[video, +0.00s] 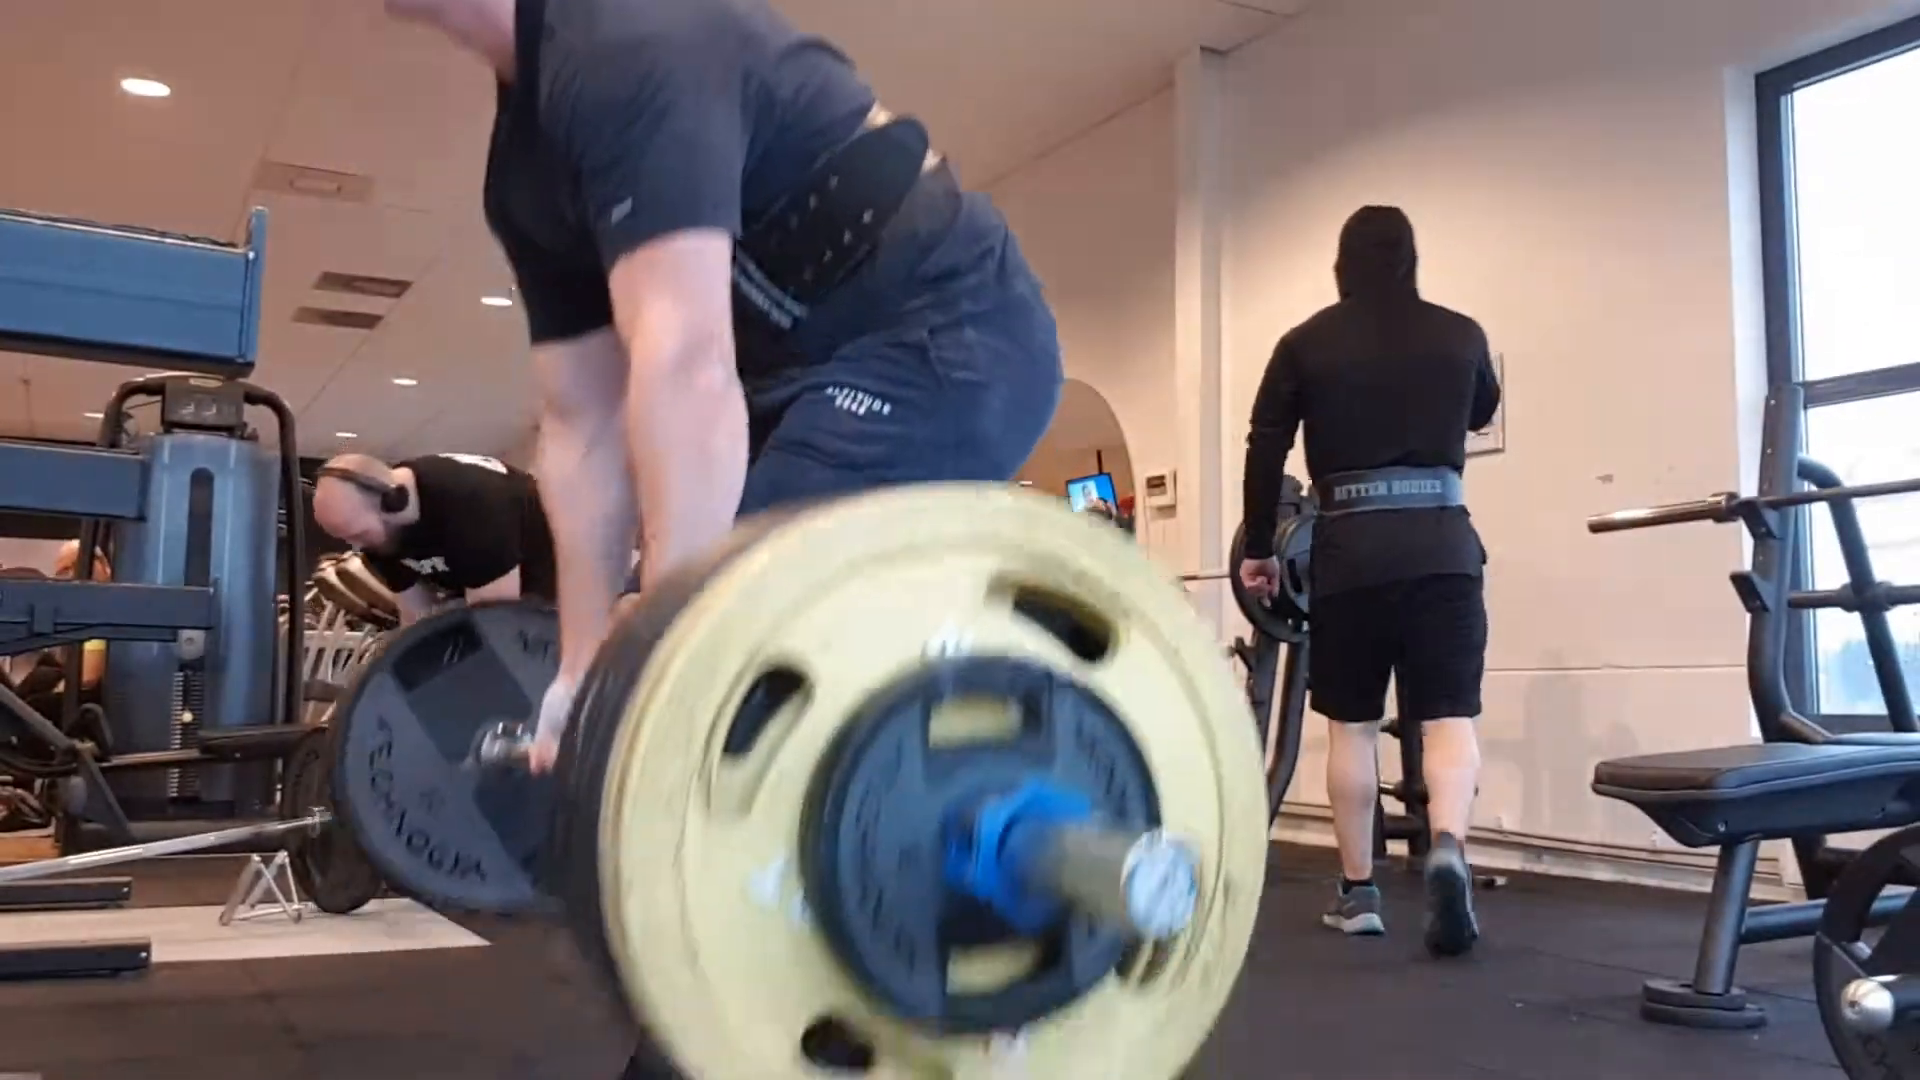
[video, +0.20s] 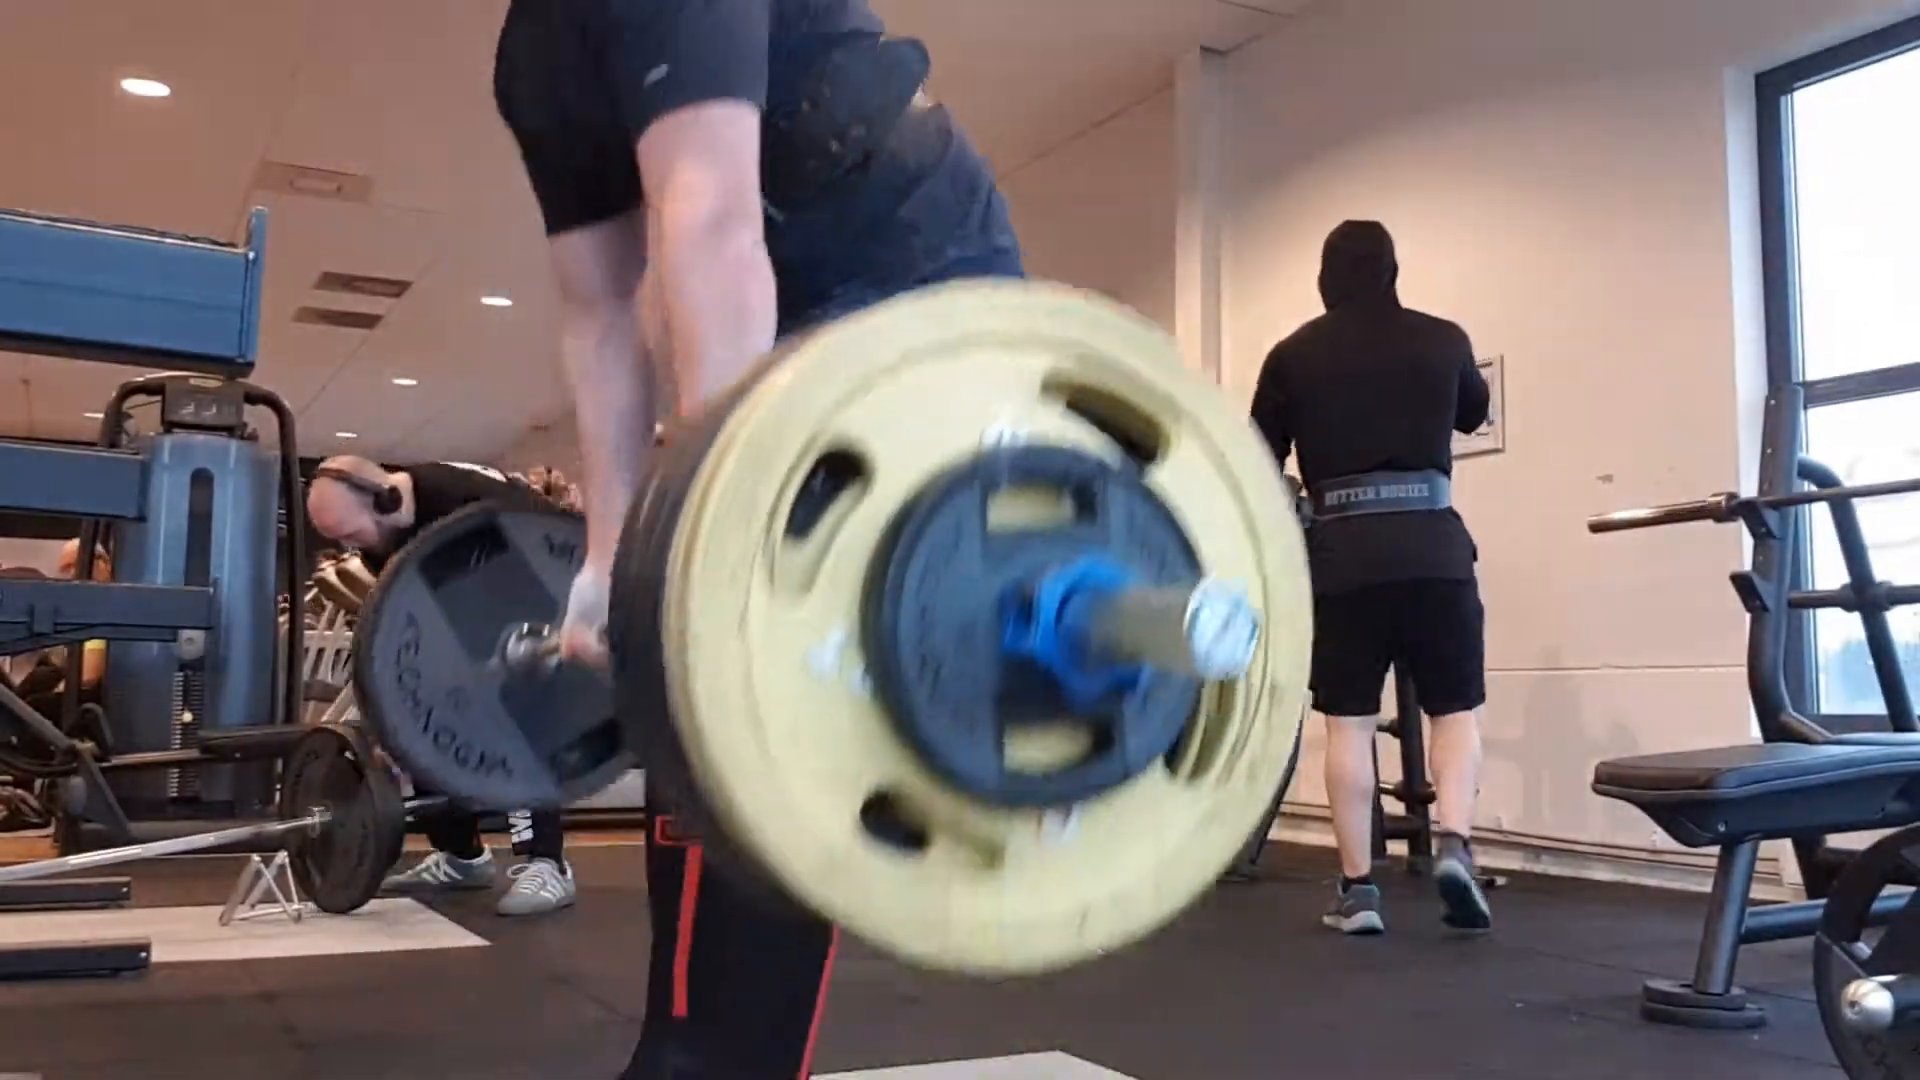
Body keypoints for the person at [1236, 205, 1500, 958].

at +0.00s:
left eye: (1343, 257)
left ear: (1339, 266)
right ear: (1413, 264)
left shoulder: (1305, 343)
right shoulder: (1460, 334)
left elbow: (1265, 448)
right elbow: (1480, 410)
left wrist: (1256, 543)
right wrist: (1418, 389)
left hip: (1349, 554)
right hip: (1442, 548)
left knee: (1351, 724)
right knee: (1448, 714)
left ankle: (1359, 894)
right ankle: (1447, 849)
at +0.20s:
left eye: (1331, 269)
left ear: (1326, 279)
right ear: (1394, 275)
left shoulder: (1293, 356)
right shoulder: (1442, 340)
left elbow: (1259, 464)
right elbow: (1472, 415)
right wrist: (1427, 374)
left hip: (1343, 566)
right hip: (1435, 558)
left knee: (1347, 724)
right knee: (1453, 708)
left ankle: (1359, 890)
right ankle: (1453, 847)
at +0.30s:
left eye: (1327, 279)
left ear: (1324, 284)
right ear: (1393, 281)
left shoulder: (1301, 356)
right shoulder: (1442, 345)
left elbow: (1281, 434)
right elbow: (1472, 420)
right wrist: (1411, 396)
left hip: (1343, 562)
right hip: (1433, 560)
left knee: (1347, 725)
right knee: (1451, 718)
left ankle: (1358, 891)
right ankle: (1470, 875)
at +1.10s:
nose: (1364, 330)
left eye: (1366, 320)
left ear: (1370, 322)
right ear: (1431, 322)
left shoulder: (1348, 387)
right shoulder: (1473, 393)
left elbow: (1306, 479)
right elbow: (1479, 486)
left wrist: (1288, 544)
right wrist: (1411, 503)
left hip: (1379, 574)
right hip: (1456, 573)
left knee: (1373, 725)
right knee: (1454, 722)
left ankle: (1380, 869)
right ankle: (1460, 876)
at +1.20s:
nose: (1349, 333)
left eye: (1350, 323)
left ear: (1354, 326)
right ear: (1413, 321)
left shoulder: (1336, 392)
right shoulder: (1463, 391)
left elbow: (1304, 484)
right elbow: (1463, 487)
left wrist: (1289, 554)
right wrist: (1418, 537)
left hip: (1376, 575)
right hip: (1453, 572)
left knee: (1372, 725)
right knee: (1452, 719)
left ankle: (1380, 869)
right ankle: (1460, 871)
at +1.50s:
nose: (1314, 353)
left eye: (1313, 343)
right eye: (1314, 343)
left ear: (1321, 341)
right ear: (1375, 329)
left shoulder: (1321, 401)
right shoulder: (1436, 388)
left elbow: (1301, 495)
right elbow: (1450, 489)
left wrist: (1292, 559)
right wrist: (1392, 538)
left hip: (1381, 579)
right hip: (1454, 572)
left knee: (1374, 724)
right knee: (1451, 712)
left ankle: (1380, 868)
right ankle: (1476, 850)